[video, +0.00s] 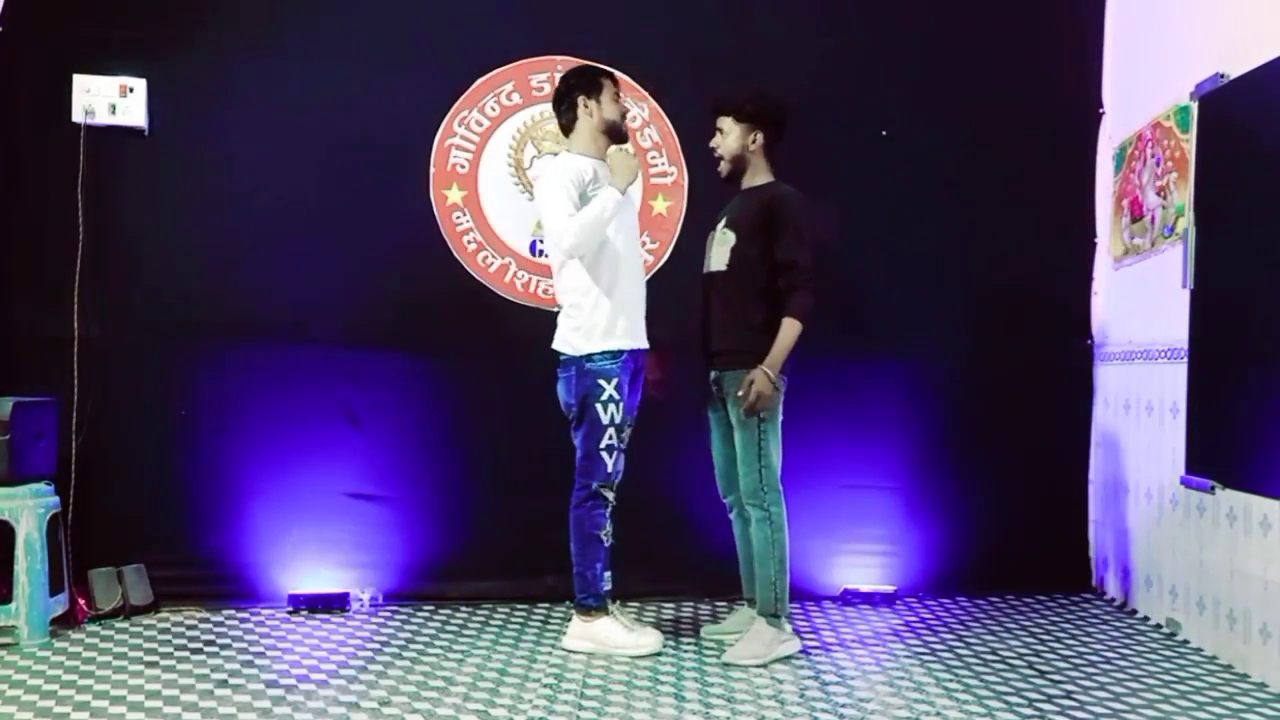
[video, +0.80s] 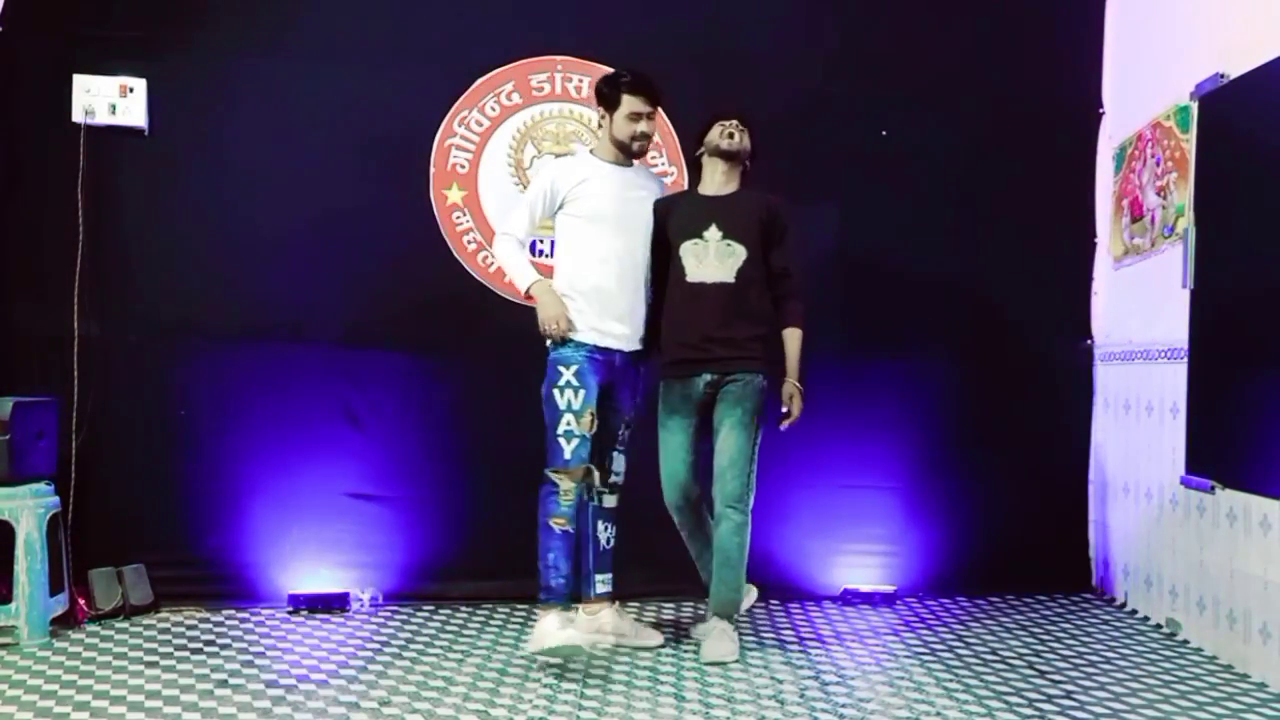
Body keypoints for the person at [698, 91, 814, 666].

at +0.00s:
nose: (714, 142)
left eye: (723, 132)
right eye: (715, 132)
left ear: (755, 137)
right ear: (747, 140)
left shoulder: (781, 203)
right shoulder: (731, 208)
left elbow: (799, 295)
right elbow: (725, 292)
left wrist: (770, 369)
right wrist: (712, 361)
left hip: (755, 370)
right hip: (721, 370)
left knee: (762, 494)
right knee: (736, 495)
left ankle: (776, 623)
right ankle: (755, 607)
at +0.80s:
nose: (731, 130)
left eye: (740, 129)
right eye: (722, 126)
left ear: (749, 154)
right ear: (700, 149)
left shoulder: (766, 210)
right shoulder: (667, 208)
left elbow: (788, 293)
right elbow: (640, 280)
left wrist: (791, 373)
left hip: (744, 369)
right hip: (678, 368)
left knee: (732, 494)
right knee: (677, 494)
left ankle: (720, 620)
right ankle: (732, 590)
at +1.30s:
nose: (698, 154)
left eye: (709, 146)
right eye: (696, 145)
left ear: (740, 154)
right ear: (697, 152)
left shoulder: (765, 225)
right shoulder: (674, 214)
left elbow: (784, 312)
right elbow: (649, 291)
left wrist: (786, 397)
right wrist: (639, 357)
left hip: (739, 360)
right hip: (679, 366)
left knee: (727, 461)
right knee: (700, 492)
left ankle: (737, 592)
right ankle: (727, 600)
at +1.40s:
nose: (698, 157)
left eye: (710, 149)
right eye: (697, 148)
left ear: (741, 157)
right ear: (696, 154)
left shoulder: (766, 225)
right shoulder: (677, 213)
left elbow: (784, 314)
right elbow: (655, 288)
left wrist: (784, 400)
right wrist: (641, 353)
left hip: (741, 351)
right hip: (685, 358)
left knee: (718, 426)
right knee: (701, 491)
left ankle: (761, 533)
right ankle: (732, 603)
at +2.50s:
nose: (742, 162)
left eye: (754, 156)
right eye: (745, 153)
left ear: (786, 168)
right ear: (756, 162)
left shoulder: (796, 246)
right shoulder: (714, 207)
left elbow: (803, 334)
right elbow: (664, 255)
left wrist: (797, 420)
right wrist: (630, 308)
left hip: (755, 370)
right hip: (696, 372)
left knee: (773, 477)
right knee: (706, 497)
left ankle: (794, 598)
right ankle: (733, 603)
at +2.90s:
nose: (737, 145)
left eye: (746, 135)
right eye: (738, 135)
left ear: (777, 141)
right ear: (768, 143)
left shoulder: (824, 217)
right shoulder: (735, 207)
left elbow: (850, 314)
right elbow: (719, 292)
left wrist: (838, 399)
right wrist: (699, 357)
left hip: (793, 377)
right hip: (728, 374)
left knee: (798, 505)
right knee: (723, 499)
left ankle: (802, 622)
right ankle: (736, 606)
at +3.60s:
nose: (720, 143)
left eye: (728, 133)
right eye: (722, 133)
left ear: (758, 139)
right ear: (752, 140)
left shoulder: (807, 201)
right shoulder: (744, 203)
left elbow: (885, 263)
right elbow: (757, 281)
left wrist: (823, 325)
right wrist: (729, 335)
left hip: (784, 377)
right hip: (733, 372)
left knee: (793, 505)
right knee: (731, 498)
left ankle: (802, 623)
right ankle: (740, 609)